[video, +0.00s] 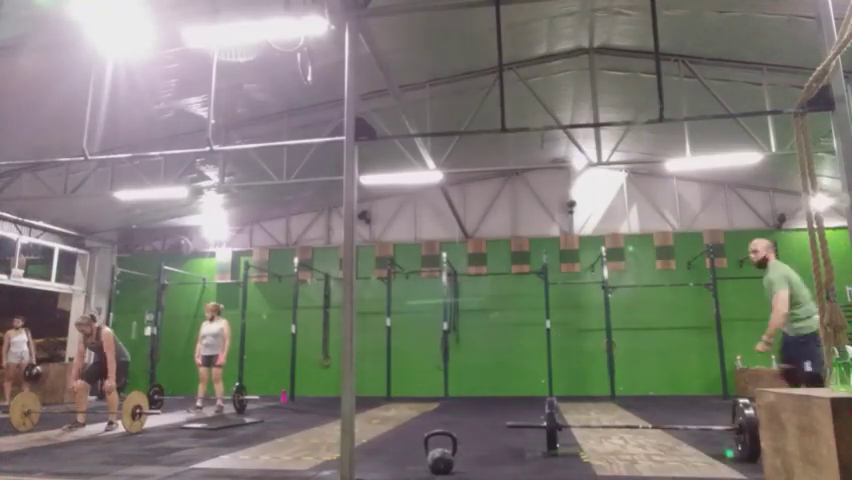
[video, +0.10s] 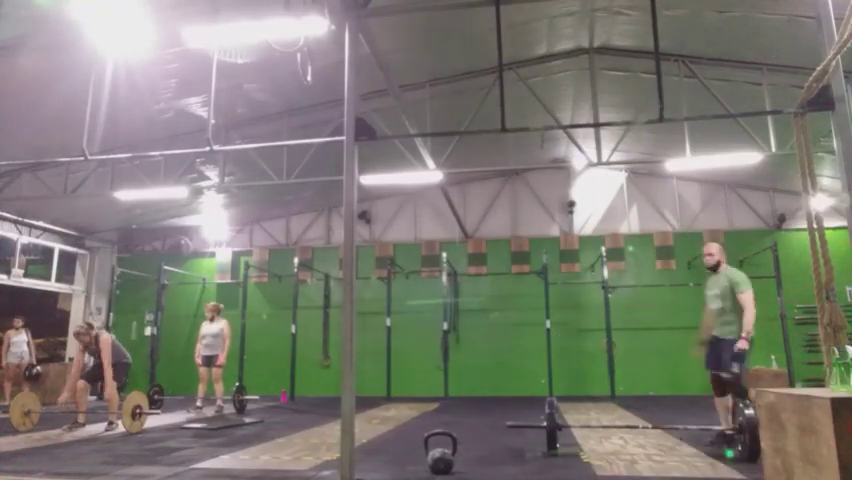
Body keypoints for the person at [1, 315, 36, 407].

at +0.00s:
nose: (16, 323)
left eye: (18, 321)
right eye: (15, 321)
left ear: (22, 322)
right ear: (12, 322)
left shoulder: (26, 331)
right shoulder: (9, 333)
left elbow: (31, 345)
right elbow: (5, 347)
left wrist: (33, 357)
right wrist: (4, 359)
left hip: (25, 358)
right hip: (11, 358)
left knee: (26, 379)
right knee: (8, 379)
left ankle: (26, 399)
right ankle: (7, 400)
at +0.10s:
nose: (16, 323)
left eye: (18, 322)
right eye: (15, 321)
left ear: (22, 323)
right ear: (13, 322)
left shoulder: (26, 332)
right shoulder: (9, 333)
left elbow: (31, 345)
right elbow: (5, 347)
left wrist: (33, 357)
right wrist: (3, 359)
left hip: (25, 358)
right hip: (11, 358)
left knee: (26, 379)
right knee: (8, 379)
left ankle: (26, 399)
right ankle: (7, 400)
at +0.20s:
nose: (16, 323)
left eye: (18, 321)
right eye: (15, 321)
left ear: (22, 322)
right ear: (12, 322)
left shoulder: (26, 331)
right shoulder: (8, 333)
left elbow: (31, 345)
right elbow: (5, 347)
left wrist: (33, 357)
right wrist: (3, 359)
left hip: (24, 358)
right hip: (11, 358)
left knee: (26, 379)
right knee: (8, 379)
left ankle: (27, 400)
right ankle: (7, 400)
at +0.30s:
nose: (12, 323)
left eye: (14, 321)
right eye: (11, 321)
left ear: (18, 322)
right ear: (8, 322)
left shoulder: (23, 331)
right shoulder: (5, 333)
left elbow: (28, 344)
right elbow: (2, 347)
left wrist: (30, 357)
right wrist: (1, 358)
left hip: (21, 356)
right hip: (8, 356)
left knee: (23, 378)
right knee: (7, 378)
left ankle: (26, 398)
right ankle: (7, 400)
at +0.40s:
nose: (10, 323)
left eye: (12, 321)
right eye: (8, 321)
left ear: (16, 322)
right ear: (6, 322)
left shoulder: (20, 330)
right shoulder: (3, 333)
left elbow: (26, 344)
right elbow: (1, 346)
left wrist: (27, 356)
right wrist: (1, 359)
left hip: (18, 354)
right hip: (6, 354)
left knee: (14, 376)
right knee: (6, 377)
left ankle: (12, 400)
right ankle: (7, 399)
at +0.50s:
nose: (14, 321)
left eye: (16, 319)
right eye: (12, 319)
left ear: (19, 321)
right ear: (9, 320)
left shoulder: (23, 330)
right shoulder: (4, 331)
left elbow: (27, 344)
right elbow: (2, 345)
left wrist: (28, 357)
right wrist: (1, 355)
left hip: (18, 354)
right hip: (6, 354)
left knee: (13, 377)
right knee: (3, 378)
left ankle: (10, 399)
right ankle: (8, 396)